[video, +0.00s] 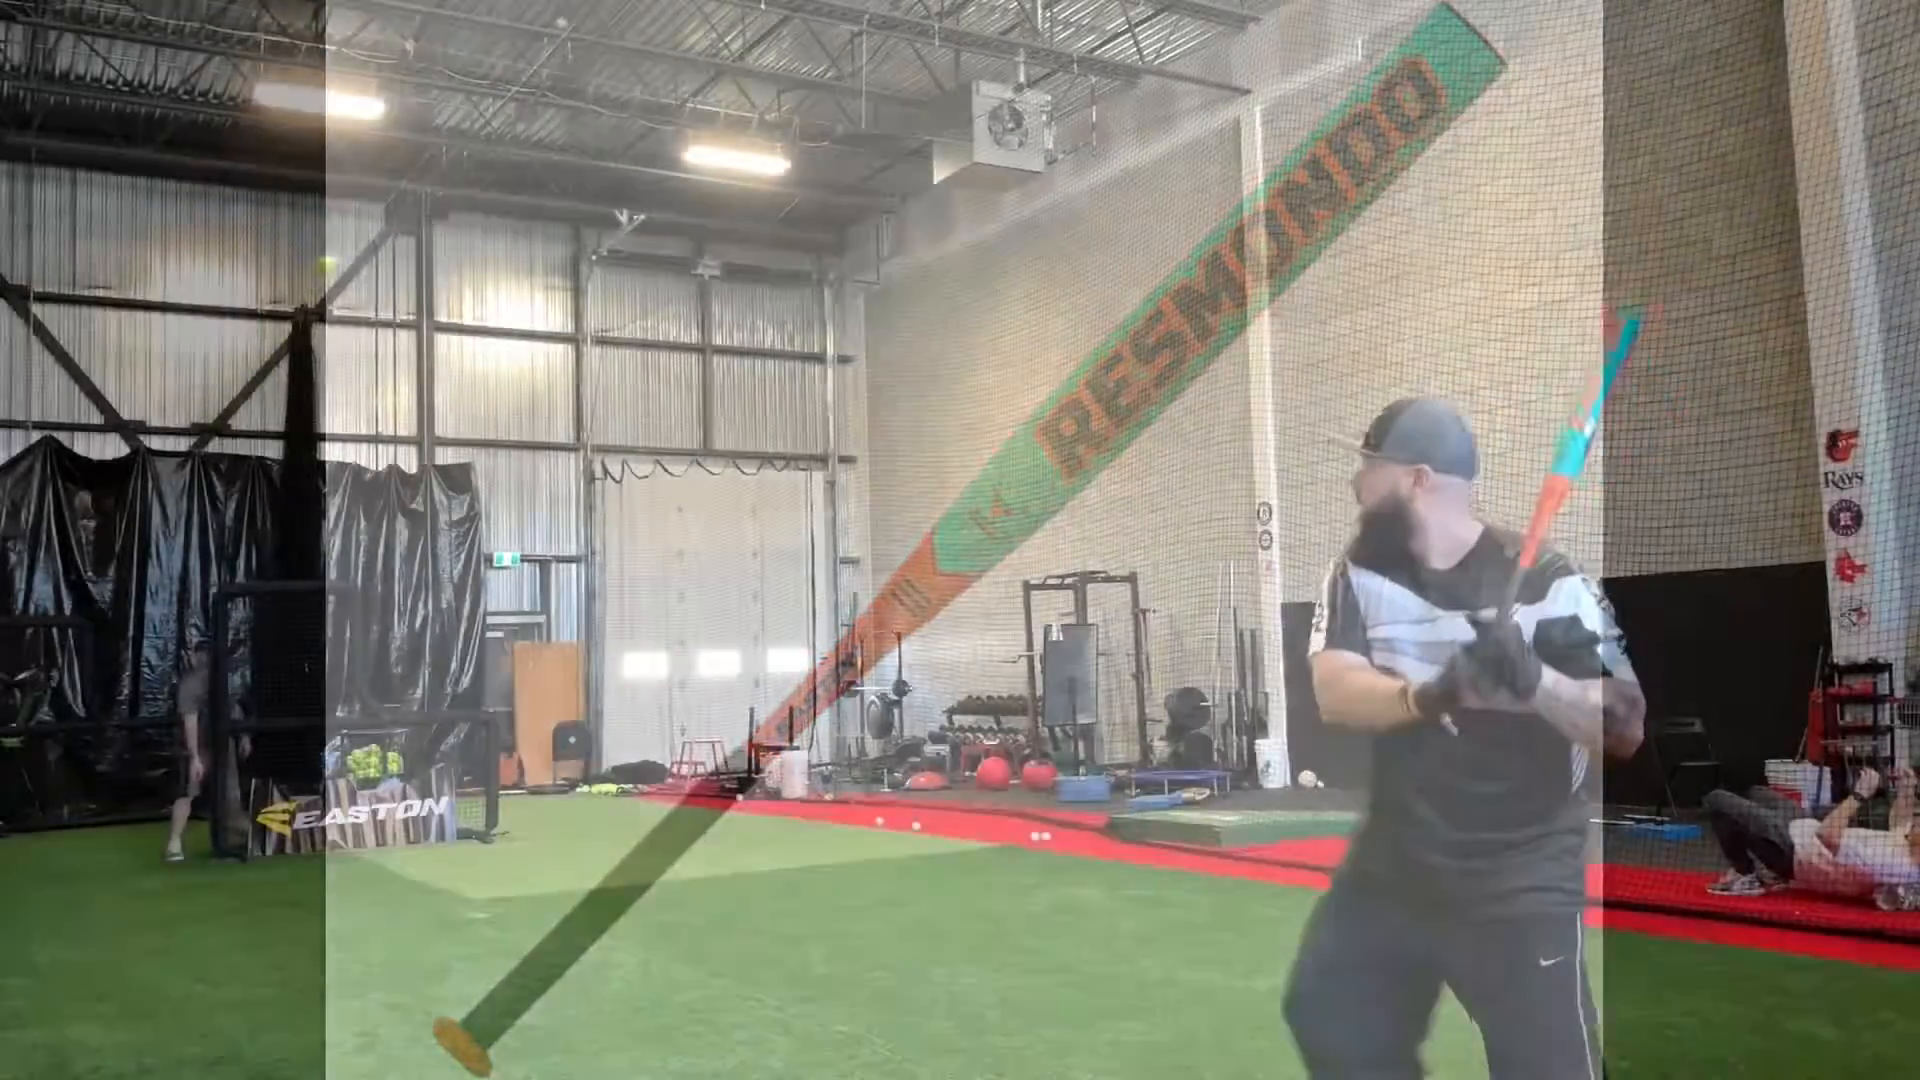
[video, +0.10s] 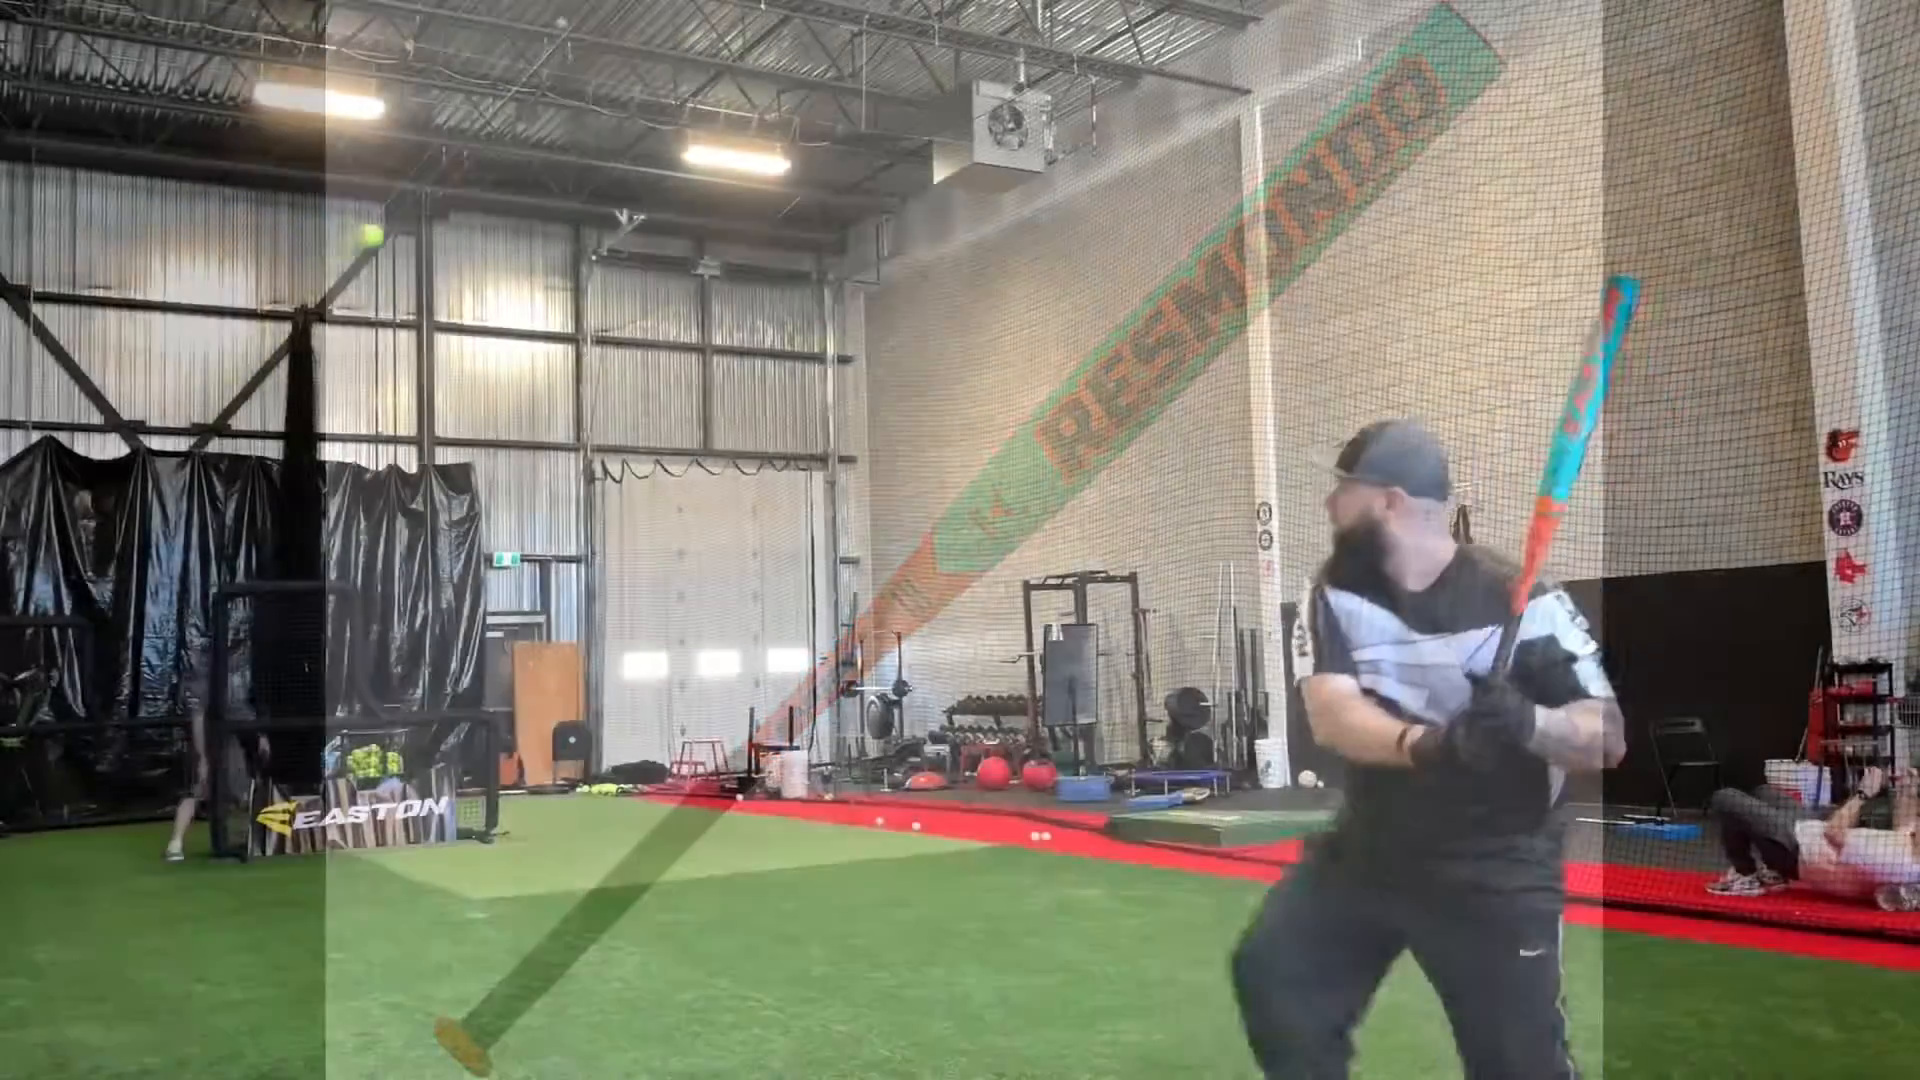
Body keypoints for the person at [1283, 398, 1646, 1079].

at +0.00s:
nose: (1355, 480)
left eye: (1369, 462)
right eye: (1361, 463)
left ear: (1417, 474)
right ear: (1417, 476)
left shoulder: (1549, 580)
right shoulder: (1363, 575)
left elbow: (1624, 727)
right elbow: (1334, 695)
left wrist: (1534, 684)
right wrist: (1437, 691)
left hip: (1519, 882)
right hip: (1394, 870)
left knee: (1550, 1065)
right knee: (1330, 1019)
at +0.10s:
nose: (1328, 502)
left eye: (1342, 485)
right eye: (1334, 486)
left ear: (1389, 500)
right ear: (1387, 502)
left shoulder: (1523, 599)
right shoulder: (1338, 592)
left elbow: (1606, 739)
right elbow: (1332, 718)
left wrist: (1535, 725)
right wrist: (1435, 743)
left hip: (1492, 871)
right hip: (1367, 858)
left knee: (1518, 1062)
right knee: (1275, 976)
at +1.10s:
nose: (1254, 508)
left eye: (1254, 496)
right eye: (1255, 495)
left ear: (1263, 503)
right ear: (1333, 485)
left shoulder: (1256, 577)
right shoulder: (1360, 544)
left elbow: (1376, 544)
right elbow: (1353, 637)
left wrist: (1421, 483)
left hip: (1288, 842)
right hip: (1390, 839)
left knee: (1300, 1042)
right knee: (1352, 1039)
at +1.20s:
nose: (1271, 492)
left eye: (1269, 481)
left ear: (1271, 488)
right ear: (1346, 476)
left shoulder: (1279, 560)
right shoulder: (1357, 548)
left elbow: (1405, 550)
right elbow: (1352, 668)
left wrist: (1456, 479)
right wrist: (1337, 786)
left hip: (1294, 832)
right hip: (1380, 832)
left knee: (1312, 1036)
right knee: (1376, 1037)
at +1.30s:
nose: (1367, 470)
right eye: (1364, 461)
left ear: (1285, 476)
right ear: (1361, 466)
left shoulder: (1295, 552)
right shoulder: (1365, 542)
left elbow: (1431, 555)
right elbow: (1361, 675)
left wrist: (1489, 477)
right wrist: (1382, 794)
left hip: (1310, 817)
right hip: (1401, 817)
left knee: (1338, 1008)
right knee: (1425, 1004)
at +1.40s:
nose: (1380, 466)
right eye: (1378, 457)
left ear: (1301, 470)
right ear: (1375, 461)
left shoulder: (1306, 547)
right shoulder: (1377, 540)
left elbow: (1452, 544)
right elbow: (1377, 667)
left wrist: (1518, 481)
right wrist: (1431, 787)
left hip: (1320, 813)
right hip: (1410, 813)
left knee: (1346, 1014)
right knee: (1460, 1010)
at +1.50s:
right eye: (1394, 464)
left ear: (1317, 477)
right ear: (1392, 468)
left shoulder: (1316, 557)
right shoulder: (1405, 549)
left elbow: (1470, 546)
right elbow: (1413, 670)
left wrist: (1545, 494)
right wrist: (1478, 788)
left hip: (1339, 828)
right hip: (1434, 828)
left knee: (1353, 1021)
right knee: (1473, 1020)